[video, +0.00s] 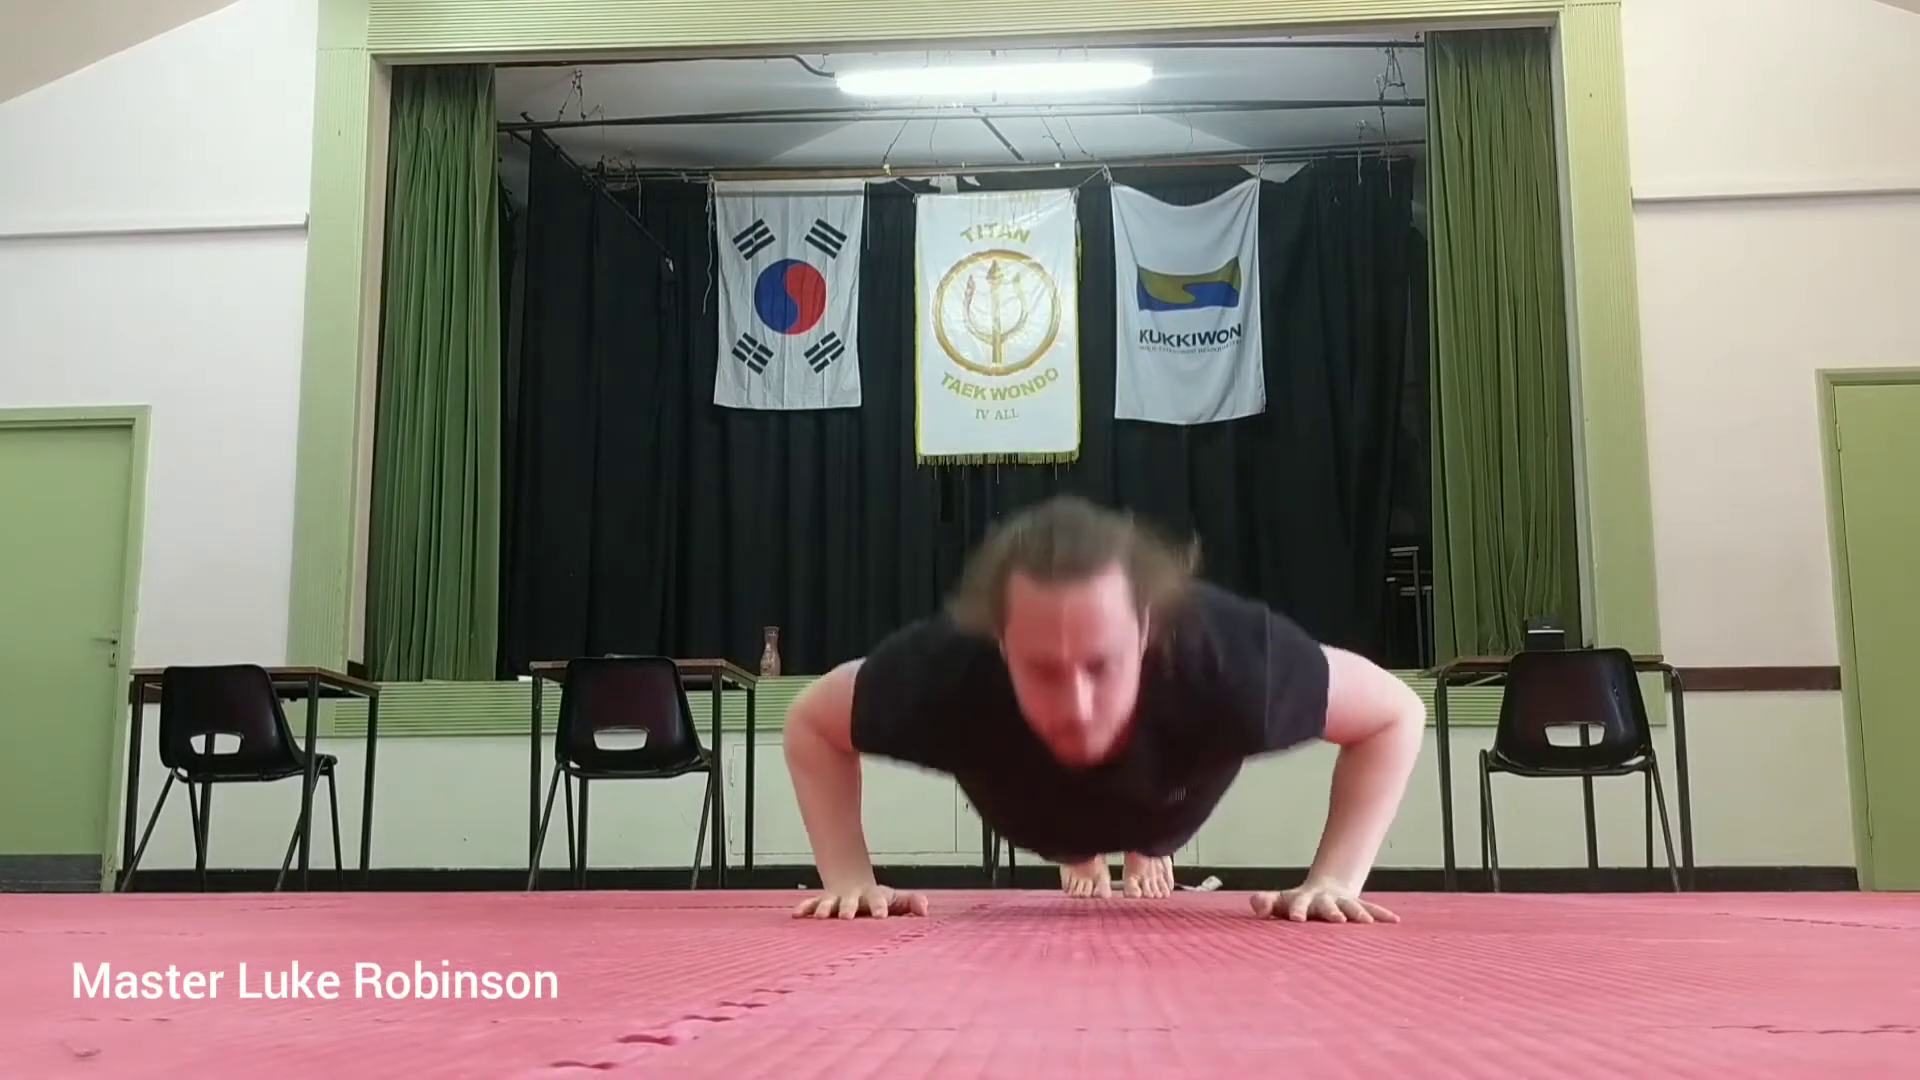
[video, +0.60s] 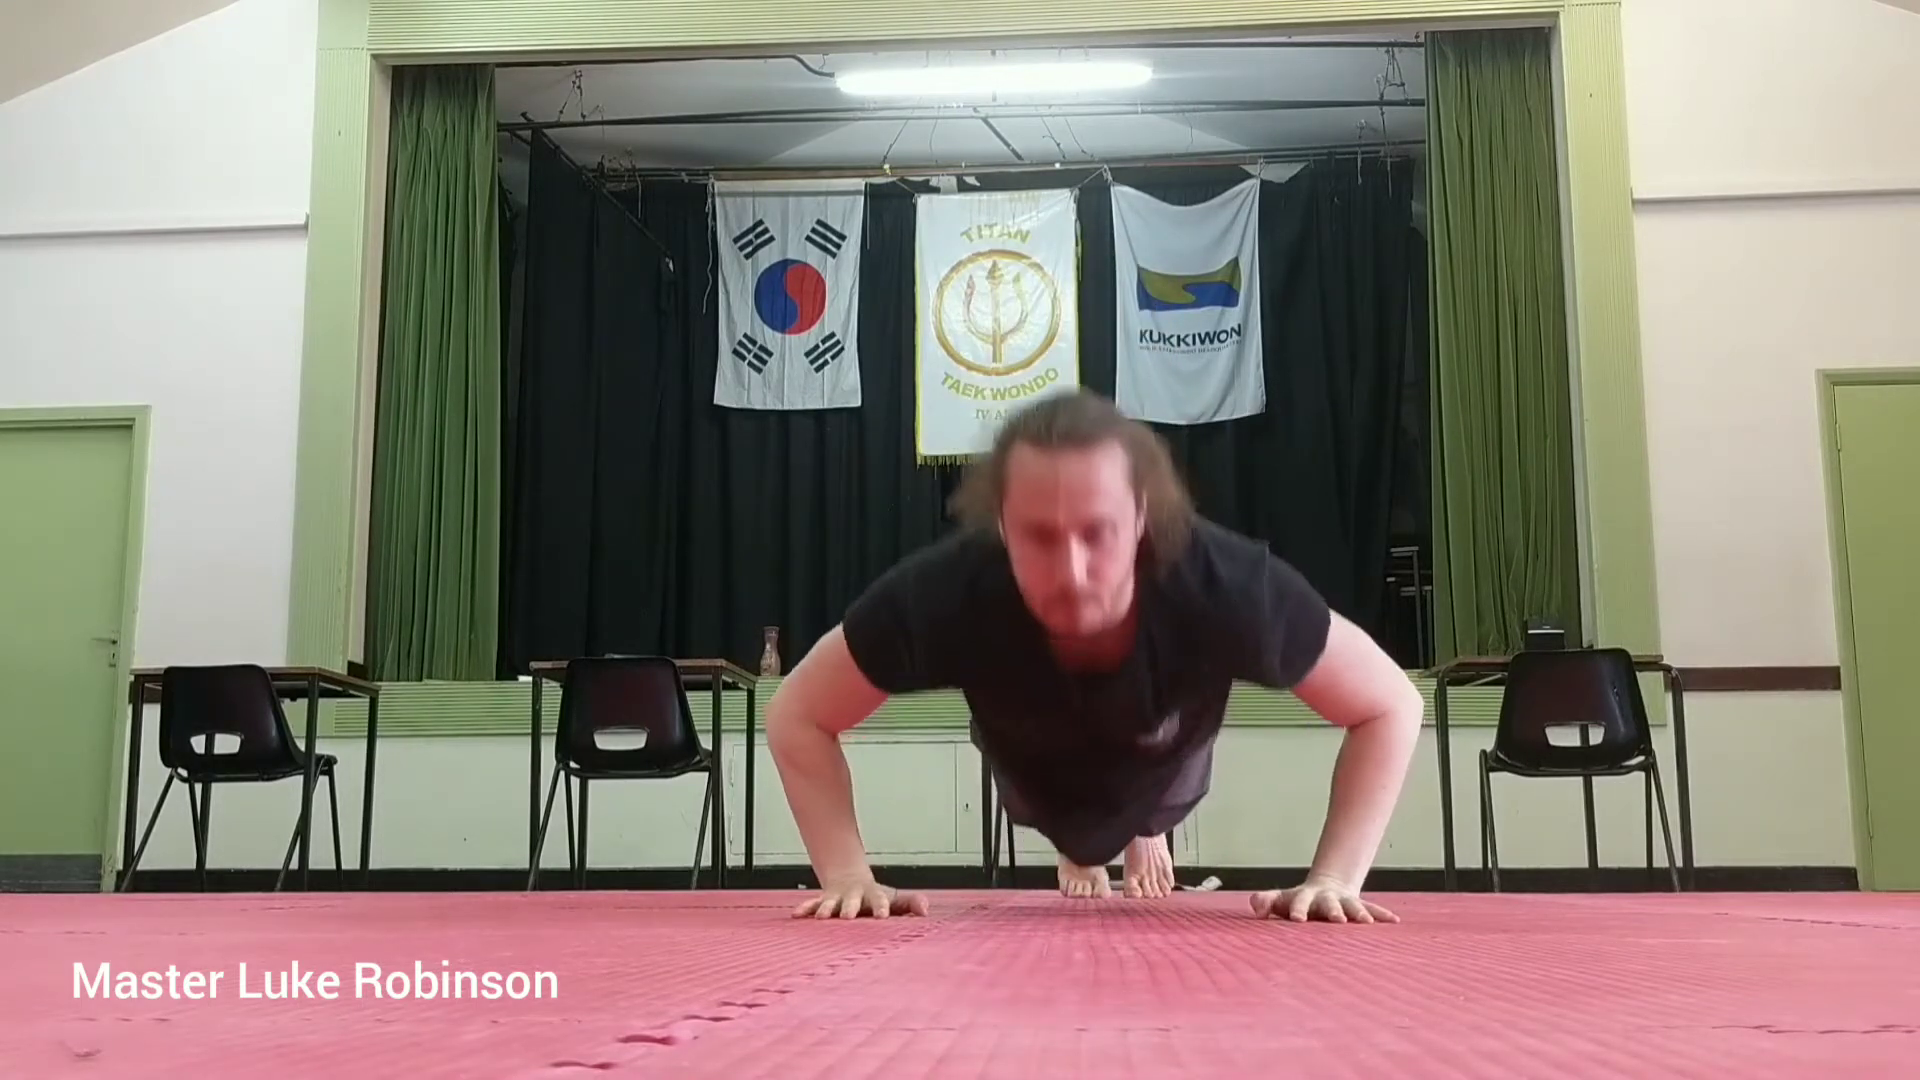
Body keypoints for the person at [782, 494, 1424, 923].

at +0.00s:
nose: (1076, 700)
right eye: (1046, 672)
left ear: (1145, 635)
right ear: (1003, 646)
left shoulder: (1229, 662)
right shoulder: (948, 675)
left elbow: (1394, 716)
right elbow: (813, 723)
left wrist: (1337, 878)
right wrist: (848, 880)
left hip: (1167, 795)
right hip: (1032, 806)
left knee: (1146, 822)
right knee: (1067, 833)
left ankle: (1144, 851)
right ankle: (1082, 855)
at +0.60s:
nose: (1071, 569)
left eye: (1095, 535)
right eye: (1043, 537)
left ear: (1141, 522)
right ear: (1003, 527)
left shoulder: (1225, 588)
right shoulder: (948, 596)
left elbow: (1390, 708)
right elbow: (798, 720)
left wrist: (1336, 877)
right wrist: (846, 872)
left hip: (1166, 773)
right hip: (1040, 784)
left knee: (1155, 816)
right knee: (1074, 830)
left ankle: (1148, 845)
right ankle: (1081, 860)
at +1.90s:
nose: (1036, 538)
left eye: (1056, 511)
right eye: (1007, 517)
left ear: (1096, 462)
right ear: (963, 481)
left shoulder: (1176, 481)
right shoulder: (917, 517)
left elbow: (1280, 684)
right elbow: (817, 708)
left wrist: (1331, 875)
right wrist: (686, 883)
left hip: (1140, 640)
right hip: (1021, 639)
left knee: (1131, 748)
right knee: (1039, 741)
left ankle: (1122, 835)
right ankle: (1057, 847)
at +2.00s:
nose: (1009, 514)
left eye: (1030, 482)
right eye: (980, 490)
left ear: (1067, 438)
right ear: (937, 458)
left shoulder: (1147, 475)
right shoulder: (891, 506)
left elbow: (1252, 674)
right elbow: (809, 709)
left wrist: (1324, 869)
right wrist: (685, 886)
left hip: (1102, 648)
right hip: (980, 658)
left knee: (1112, 751)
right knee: (1027, 754)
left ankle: (1120, 834)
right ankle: (1060, 842)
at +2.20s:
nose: (1013, 518)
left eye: (1035, 488)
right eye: (982, 496)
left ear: (1078, 452)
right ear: (937, 472)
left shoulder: (1149, 504)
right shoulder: (889, 518)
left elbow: (1314, 687)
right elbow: (800, 708)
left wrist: (1481, 858)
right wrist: (681, 887)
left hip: (1080, 645)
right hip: (957, 671)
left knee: (1096, 744)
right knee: (1011, 752)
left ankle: (1123, 848)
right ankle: (1049, 843)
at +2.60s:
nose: (1116, 543)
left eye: (1141, 519)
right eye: (1090, 521)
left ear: (1185, 480)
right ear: (1041, 483)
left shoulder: (1237, 510)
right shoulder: (969, 535)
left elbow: (1359, 701)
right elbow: (825, 726)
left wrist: (1471, 879)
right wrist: (673, 886)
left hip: (1157, 666)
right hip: (1030, 668)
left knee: (1135, 748)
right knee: (1041, 736)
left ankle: (1126, 831)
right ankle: (1048, 834)